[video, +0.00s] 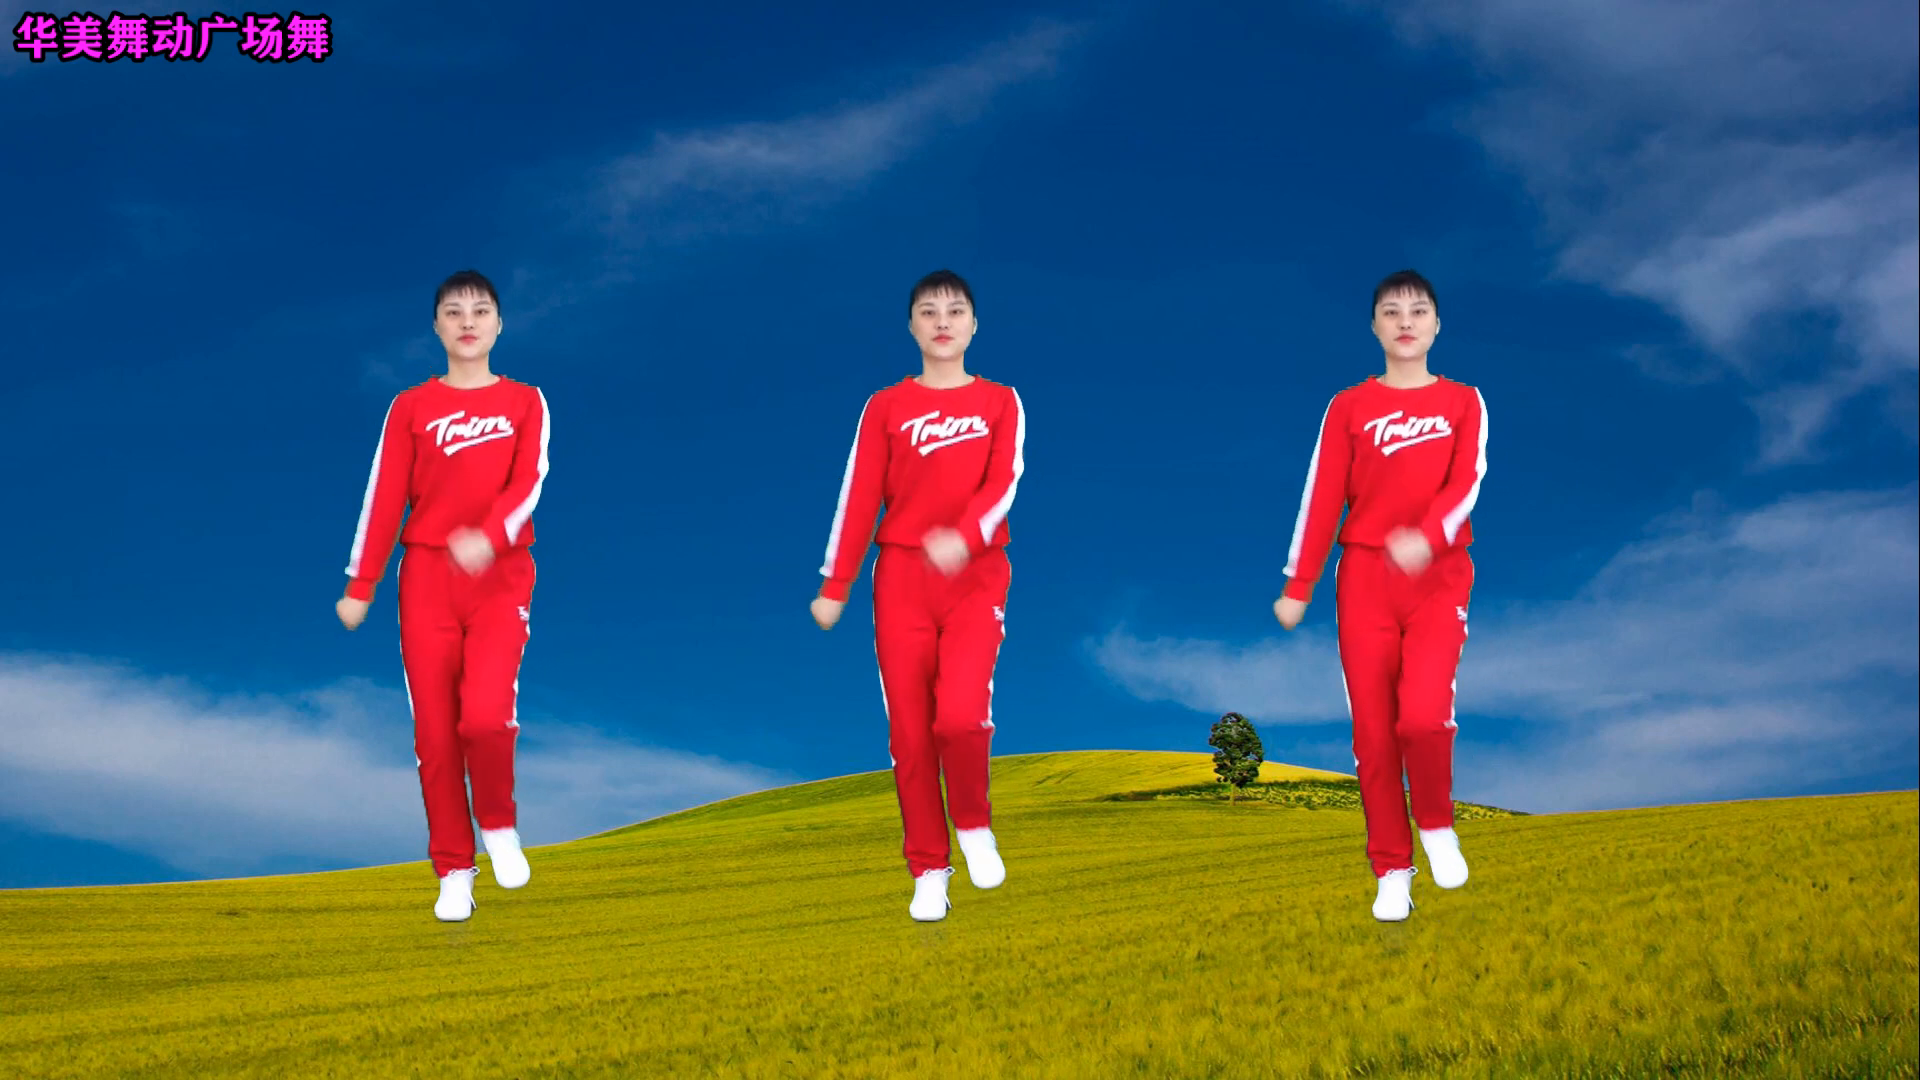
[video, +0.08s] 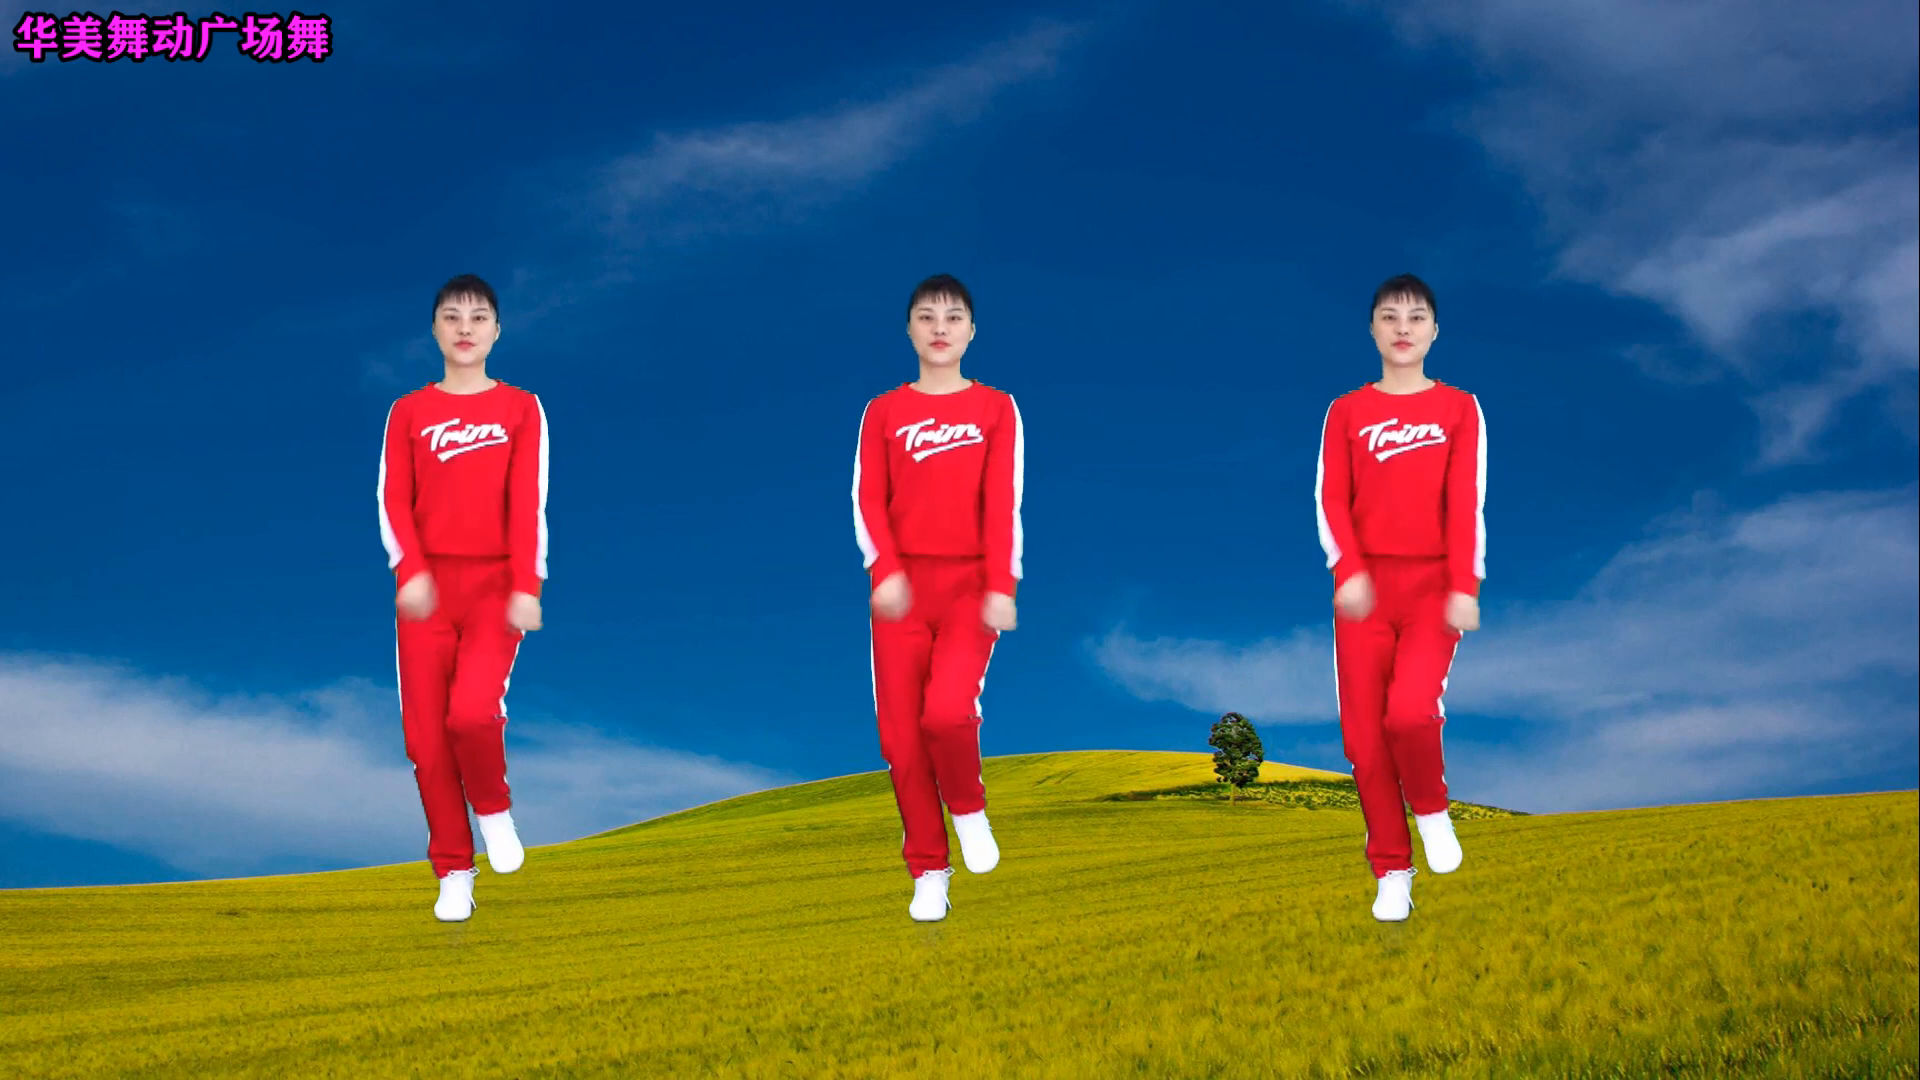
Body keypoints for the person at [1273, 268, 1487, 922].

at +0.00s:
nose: (1405, 323)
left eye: (1417, 312)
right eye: (1393, 313)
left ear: (1435, 323)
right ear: (1376, 325)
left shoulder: (1464, 402)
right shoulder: (1348, 407)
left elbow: (1467, 485)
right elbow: (1322, 499)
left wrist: (1429, 534)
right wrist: (1299, 585)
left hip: (1438, 582)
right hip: (1364, 581)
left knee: (1422, 721)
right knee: (1372, 730)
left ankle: (1436, 823)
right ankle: (1390, 866)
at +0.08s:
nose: (1403, 327)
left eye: (1415, 317)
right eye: (1390, 317)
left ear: (1433, 329)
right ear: (1374, 330)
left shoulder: (1461, 407)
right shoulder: (1346, 410)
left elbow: (1468, 499)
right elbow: (1330, 498)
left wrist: (1465, 584)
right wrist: (1348, 569)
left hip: (1435, 582)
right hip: (1364, 583)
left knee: (1409, 714)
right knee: (1363, 735)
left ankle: (1430, 810)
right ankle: (1390, 867)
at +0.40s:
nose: (1405, 312)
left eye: (1417, 302)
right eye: (1393, 302)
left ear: (1435, 314)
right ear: (1375, 313)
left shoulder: (1465, 388)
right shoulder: (1347, 392)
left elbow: (1528, 448)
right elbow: (1298, 478)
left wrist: (1570, 525)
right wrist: (1343, 425)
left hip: (1444, 568)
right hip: (1366, 569)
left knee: (1434, 731)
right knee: (1377, 732)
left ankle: (1432, 870)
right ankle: (1390, 868)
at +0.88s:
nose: (1409, 313)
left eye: (1421, 302)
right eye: (1396, 304)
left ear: (1440, 312)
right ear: (1381, 318)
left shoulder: (1472, 391)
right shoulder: (1356, 399)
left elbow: (1500, 475)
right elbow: (1316, 484)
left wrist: (1450, 497)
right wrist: (1288, 569)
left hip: (1461, 571)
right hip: (1385, 570)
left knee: (1455, 723)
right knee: (1412, 697)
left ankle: (1435, 868)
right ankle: (1404, 806)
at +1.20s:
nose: (1406, 312)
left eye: (1418, 301)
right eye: (1392, 303)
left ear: (1438, 312)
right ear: (1377, 318)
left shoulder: (1467, 392)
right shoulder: (1353, 393)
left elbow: (1476, 475)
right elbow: (1289, 463)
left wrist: (1424, 427)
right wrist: (1225, 526)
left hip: (1451, 566)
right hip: (1374, 566)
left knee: (1440, 725)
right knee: (1384, 724)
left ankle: (1433, 869)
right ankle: (1394, 870)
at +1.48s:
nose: (1398, 326)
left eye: (1411, 316)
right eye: (1386, 316)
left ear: (1429, 327)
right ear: (1369, 329)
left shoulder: (1457, 403)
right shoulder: (1343, 411)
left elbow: (1473, 497)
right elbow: (1327, 493)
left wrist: (1487, 589)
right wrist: (1366, 538)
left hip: (1430, 584)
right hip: (1356, 587)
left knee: (1402, 714)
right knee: (1356, 735)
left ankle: (1429, 807)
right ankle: (1392, 866)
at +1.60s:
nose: (1397, 308)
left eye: (1409, 298)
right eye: (1385, 298)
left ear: (1428, 311)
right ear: (1368, 310)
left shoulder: (1459, 387)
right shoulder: (1340, 393)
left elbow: (1507, 471)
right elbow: (1301, 471)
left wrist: (1540, 558)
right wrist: (1361, 443)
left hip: (1434, 564)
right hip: (1359, 565)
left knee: (1405, 704)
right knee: (1365, 723)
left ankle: (1427, 809)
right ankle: (1392, 863)